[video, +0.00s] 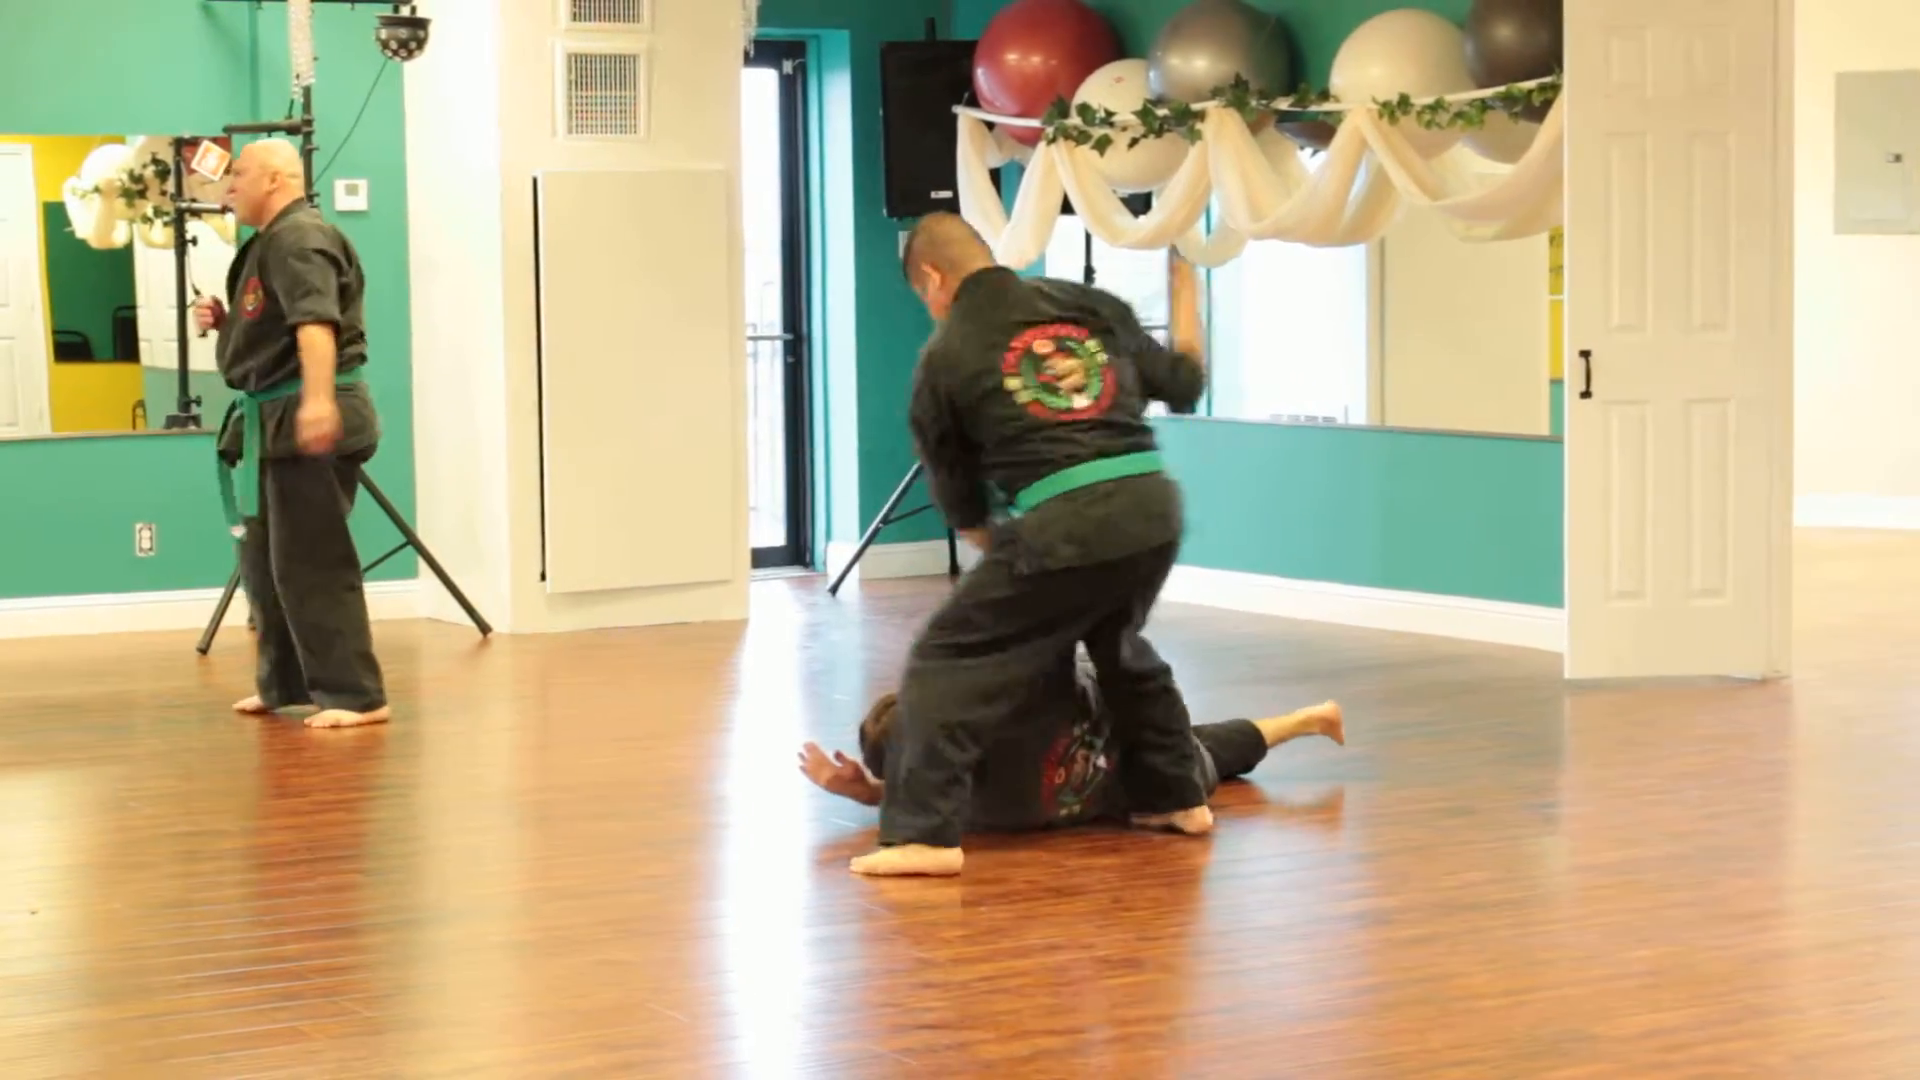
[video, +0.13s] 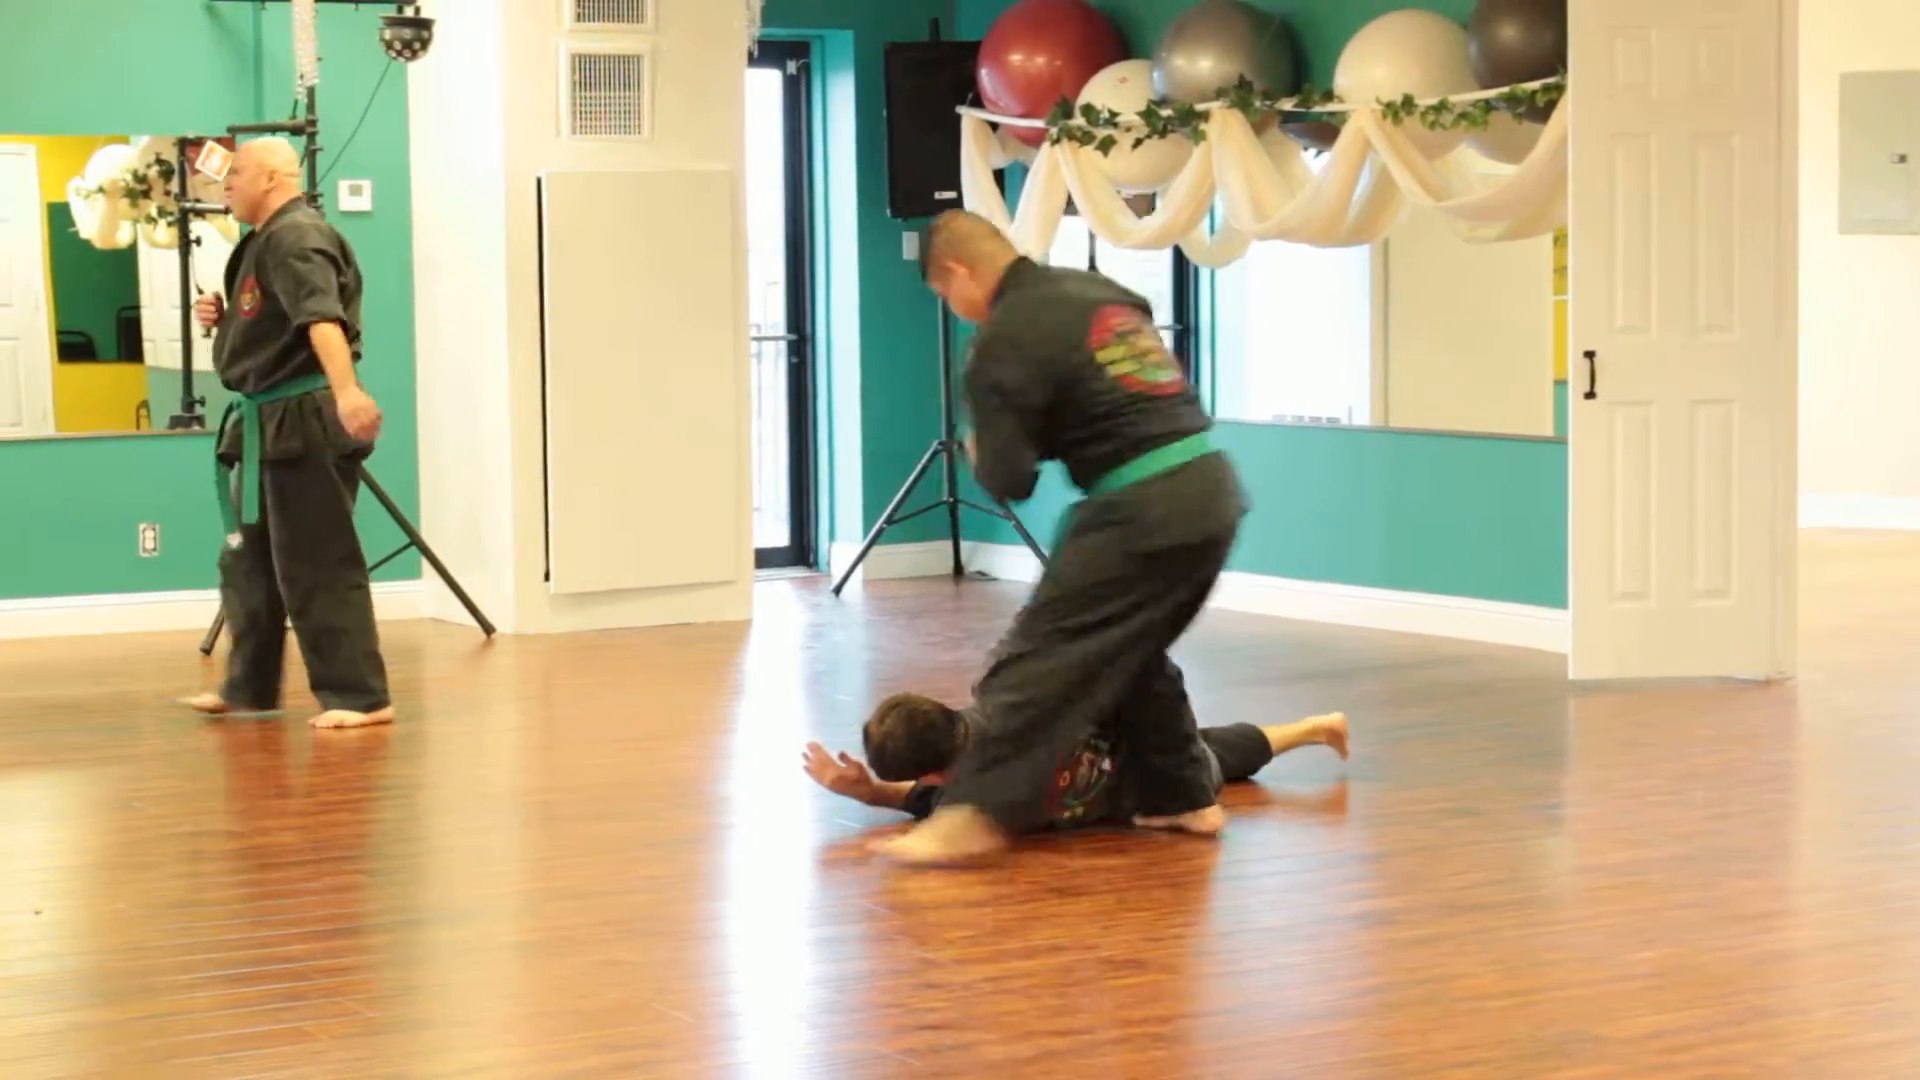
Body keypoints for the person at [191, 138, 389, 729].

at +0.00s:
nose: (228, 186)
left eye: (238, 176)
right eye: (231, 176)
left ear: (274, 181)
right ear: (273, 183)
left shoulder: (298, 236)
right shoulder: (271, 241)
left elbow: (315, 322)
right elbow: (277, 329)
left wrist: (319, 398)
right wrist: (229, 321)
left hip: (307, 415)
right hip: (278, 414)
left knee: (311, 555)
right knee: (267, 554)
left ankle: (356, 696)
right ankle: (286, 686)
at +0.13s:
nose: (226, 186)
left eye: (235, 175)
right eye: (227, 176)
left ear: (271, 180)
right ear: (268, 182)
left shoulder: (295, 235)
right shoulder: (265, 240)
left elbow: (320, 318)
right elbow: (275, 320)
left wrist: (347, 390)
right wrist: (227, 316)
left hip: (306, 414)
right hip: (269, 416)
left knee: (318, 556)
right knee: (254, 555)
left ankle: (359, 697)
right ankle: (249, 688)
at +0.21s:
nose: (217, 190)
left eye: (225, 178)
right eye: (218, 180)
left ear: (263, 183)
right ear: (261, 184)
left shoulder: (289, 240)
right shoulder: (257, 244)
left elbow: (316, 326)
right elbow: (262, 318)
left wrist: (338, 406)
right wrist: (215, 314)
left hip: (300, 417)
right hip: (260, 418)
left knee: (319, 558)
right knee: (247, 558)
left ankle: (362, 698)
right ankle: (215, 687)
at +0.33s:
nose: (193, 196)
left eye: (202, 185)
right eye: (195, 186)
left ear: (241, 190)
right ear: (240, 191)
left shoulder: (271, 248)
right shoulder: (239, 252)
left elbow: (290, 341)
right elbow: (250, 331)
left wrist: (284, 431)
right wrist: (202, 324)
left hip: (283, 422)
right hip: (246, 423)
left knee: (313, 566)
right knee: (230, 566)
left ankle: (364, 700)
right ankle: (194, 694)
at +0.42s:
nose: (177, 199)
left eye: (185, 188)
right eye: (178, 188)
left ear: (225, 191)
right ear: (219, 193)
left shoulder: (255, 250)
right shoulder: (222, 253)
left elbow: (268, 347)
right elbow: (233, 339)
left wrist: (237, 431)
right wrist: (181, 332)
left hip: (278, 424)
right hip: (235, 424)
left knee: (306, 568)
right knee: (215, 570)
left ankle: (363, 698)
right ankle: (192, 699)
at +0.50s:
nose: (158, 202)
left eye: (167, 189)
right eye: (159, 191)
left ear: (206, 190)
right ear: (204, 192)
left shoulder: (237, 248)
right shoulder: (205, 253)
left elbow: (244, 344)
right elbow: (207, 330)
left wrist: (191, 421)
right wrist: (159, 326)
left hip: (258, 425)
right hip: (221, 426)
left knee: (289, 566)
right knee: (202, 569)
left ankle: (359, 691)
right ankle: (188, 700)